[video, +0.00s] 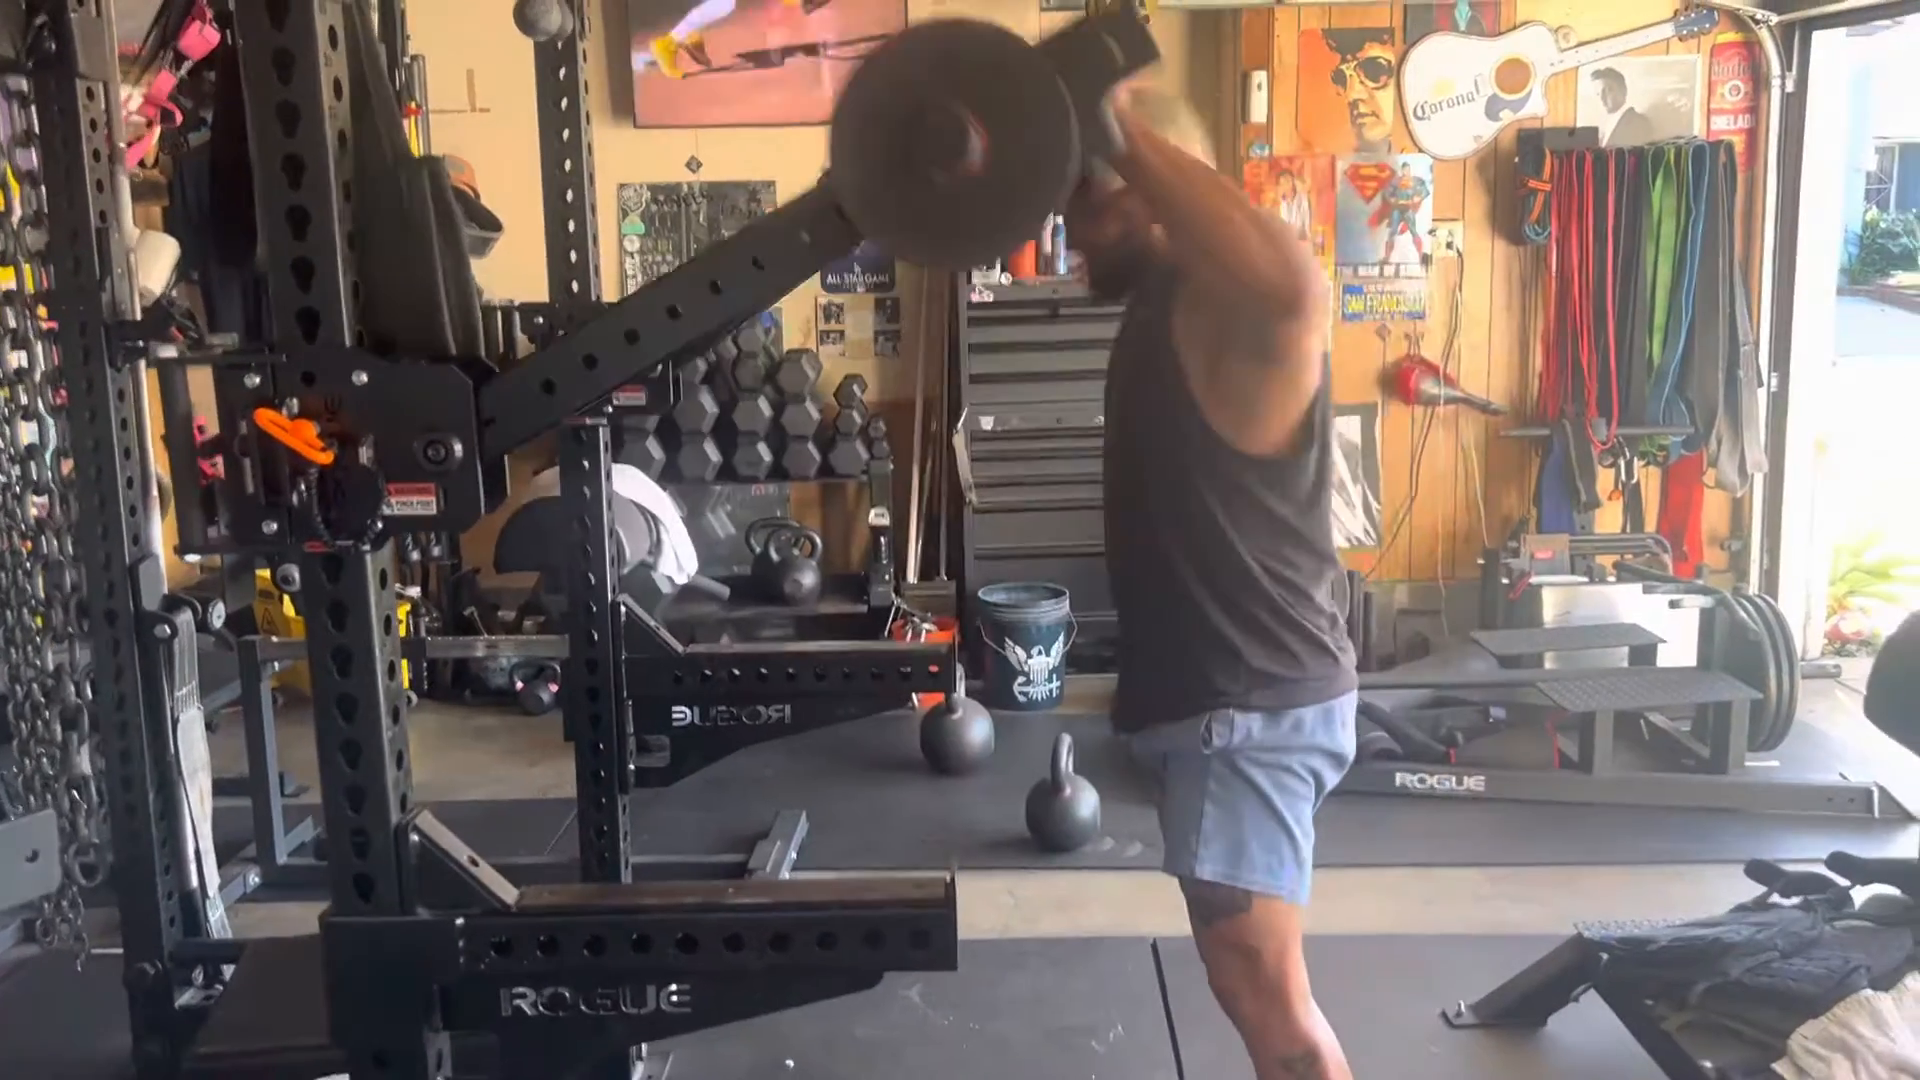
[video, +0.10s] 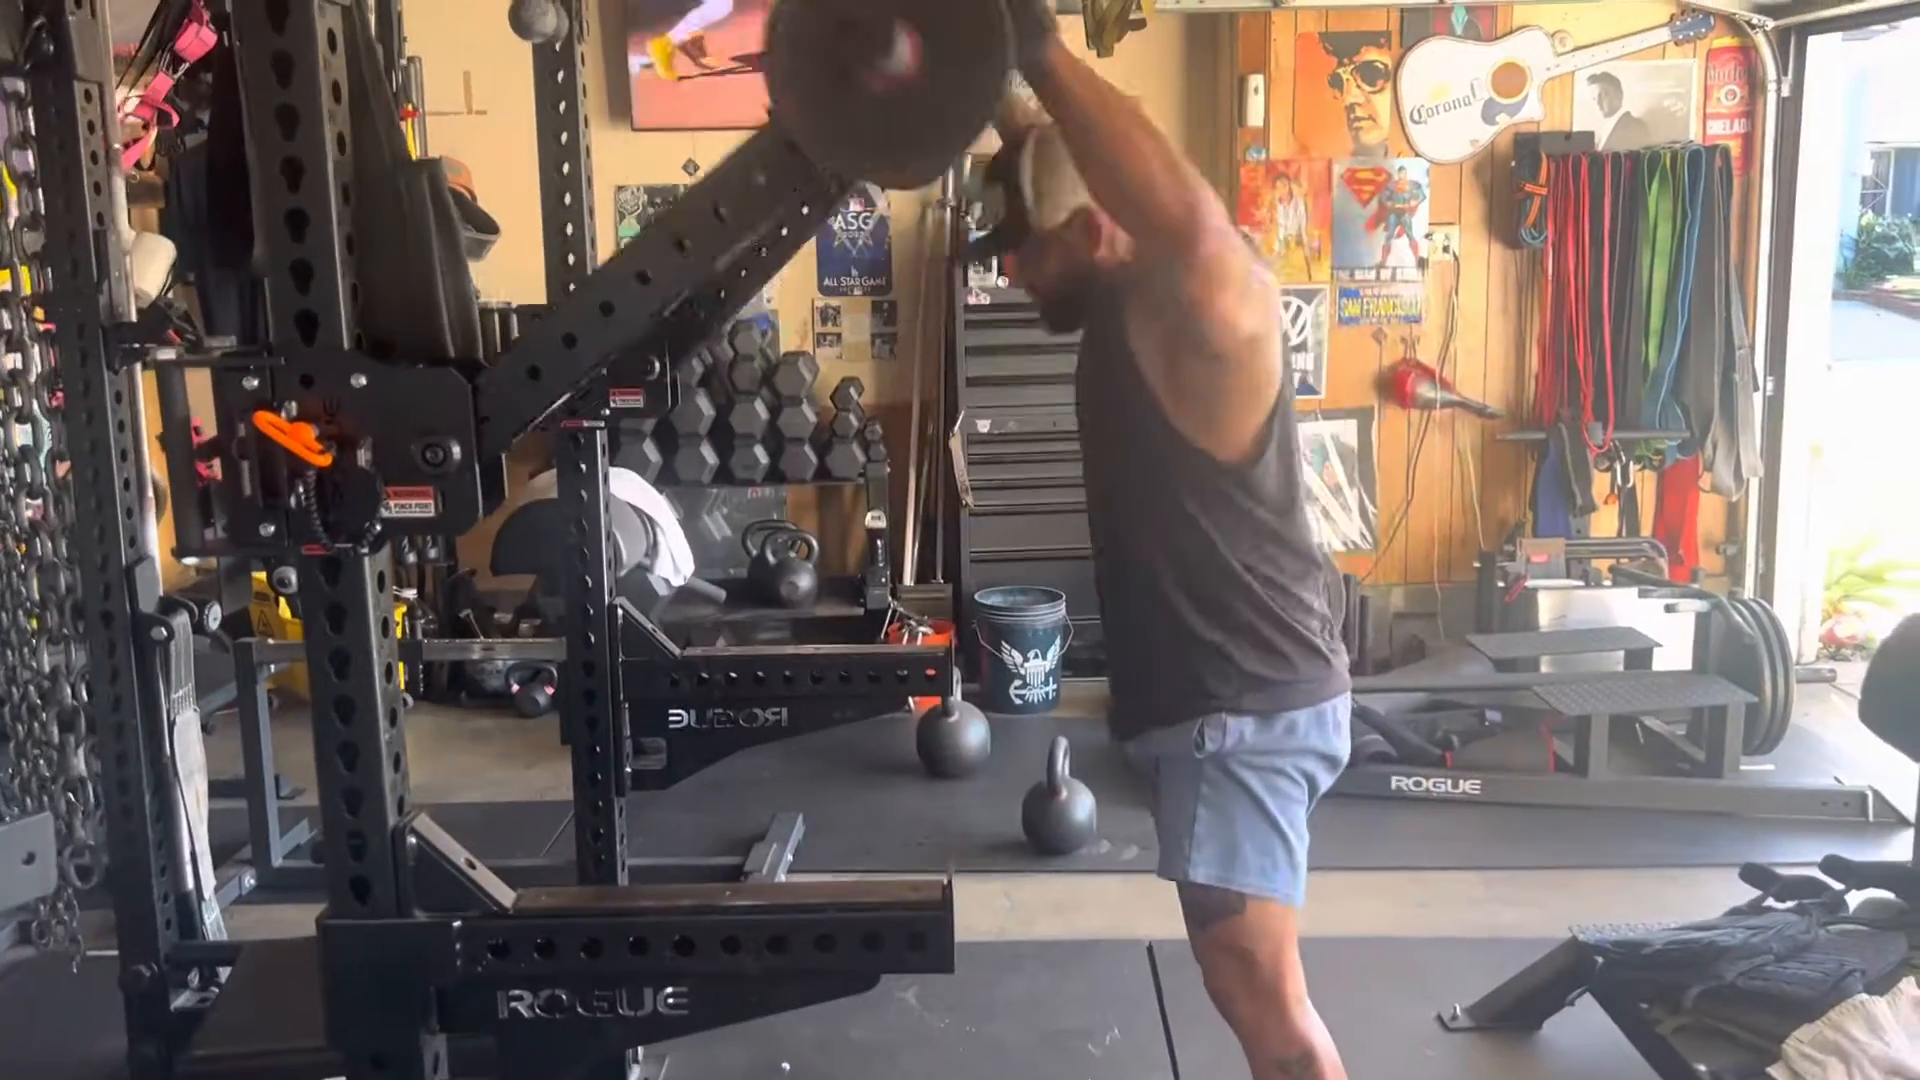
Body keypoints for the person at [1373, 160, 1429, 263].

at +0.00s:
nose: (1406, 172)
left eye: (1407, 170)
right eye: (1404, 170)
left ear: (1410, 170)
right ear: (1401, 171)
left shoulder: (1417, 181)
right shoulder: (1396, 181)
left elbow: (1425, 192)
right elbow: (1386, 192)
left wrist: (1417, 199)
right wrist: (1391, 200)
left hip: (1409, 207)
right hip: (1397, 206)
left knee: (1413, 231)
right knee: (1392, 231)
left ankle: (1421, 255)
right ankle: (1387, 257)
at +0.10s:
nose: (1402, 177)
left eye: (1404, 174)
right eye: (1400, 174)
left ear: (1406, 174)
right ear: (1397, 175)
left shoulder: (1414, 185)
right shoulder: (1392, 185)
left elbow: (1422, 196)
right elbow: (1383, 196)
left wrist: (1414, 203)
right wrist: (1387, 203)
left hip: (1406, 211)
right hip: (1393, 210)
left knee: (1410, 235)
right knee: (1389, 235)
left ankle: (1417, 259)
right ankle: (1383, 260)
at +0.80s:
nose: (1398, 211)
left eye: (1399, 208)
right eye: (1396, 208)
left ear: (1402, 209)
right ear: (1393, 209)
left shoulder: (1409, 220)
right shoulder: (1387, 220)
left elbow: (1418, 231)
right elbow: (1378, 231)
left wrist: (1410, 238)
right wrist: (1383, 238)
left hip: (1402, 245)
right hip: (1390, 245)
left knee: (1406, 269)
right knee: (1384, 270)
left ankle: (1412, 294)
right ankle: (1378, 295)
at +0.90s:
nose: (1396, 214)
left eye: (1398, 212)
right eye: (1394, 212)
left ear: (1401, 213)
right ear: (1391, 213)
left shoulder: (1408, 224)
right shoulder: (1385, 224)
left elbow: (1416, 235)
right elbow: (1376, 235)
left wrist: (1409, 242)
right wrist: (1381, 243)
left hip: (1400, 249)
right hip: (1388, 248)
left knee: (1404, 273)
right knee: (1383, 274)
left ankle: (1410, 298)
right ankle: (1376, 299)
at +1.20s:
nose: (1391, 227)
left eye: (1392, 224)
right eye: (1389, 225)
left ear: (1395, 225)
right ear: (1386, 225)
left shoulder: (1402, 235)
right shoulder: (1381, 236)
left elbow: (1410, 247)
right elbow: (1371, 247)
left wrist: (1403, 253)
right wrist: (1376, 254)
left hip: (1394, 261)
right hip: (1383, 260)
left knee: (1398, 285)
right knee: (1377, 284)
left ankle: (1405, 308)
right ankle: (1371, 308)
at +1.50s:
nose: (1388, 240)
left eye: (1389, 238)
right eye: (1386, 238)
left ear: (1392, 238)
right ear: (1383, 238)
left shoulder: (1399, 248)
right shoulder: (1378, 248)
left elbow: (1407, 260)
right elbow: (1368, 259)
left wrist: (1400, 266)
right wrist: (1372, 266)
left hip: (1391, 273)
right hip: (1379, 273)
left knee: (1395, 297)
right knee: (1373, 298)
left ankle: (1401, 322)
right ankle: (1368, 322)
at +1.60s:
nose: (1386, 243)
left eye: (1388, 241)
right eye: (1384, 241)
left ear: (1390, 241)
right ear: (1382, 242)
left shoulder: (1397, 252)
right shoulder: (1376, 252)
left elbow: (1405, 263)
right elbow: (1367, 263)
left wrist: (1399, 269)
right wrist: (1371, 270)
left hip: (1390, 277)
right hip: (1378, 277)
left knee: (1393, 301)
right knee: (1372, 301)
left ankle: (1399, 325)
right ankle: (1366, 326)